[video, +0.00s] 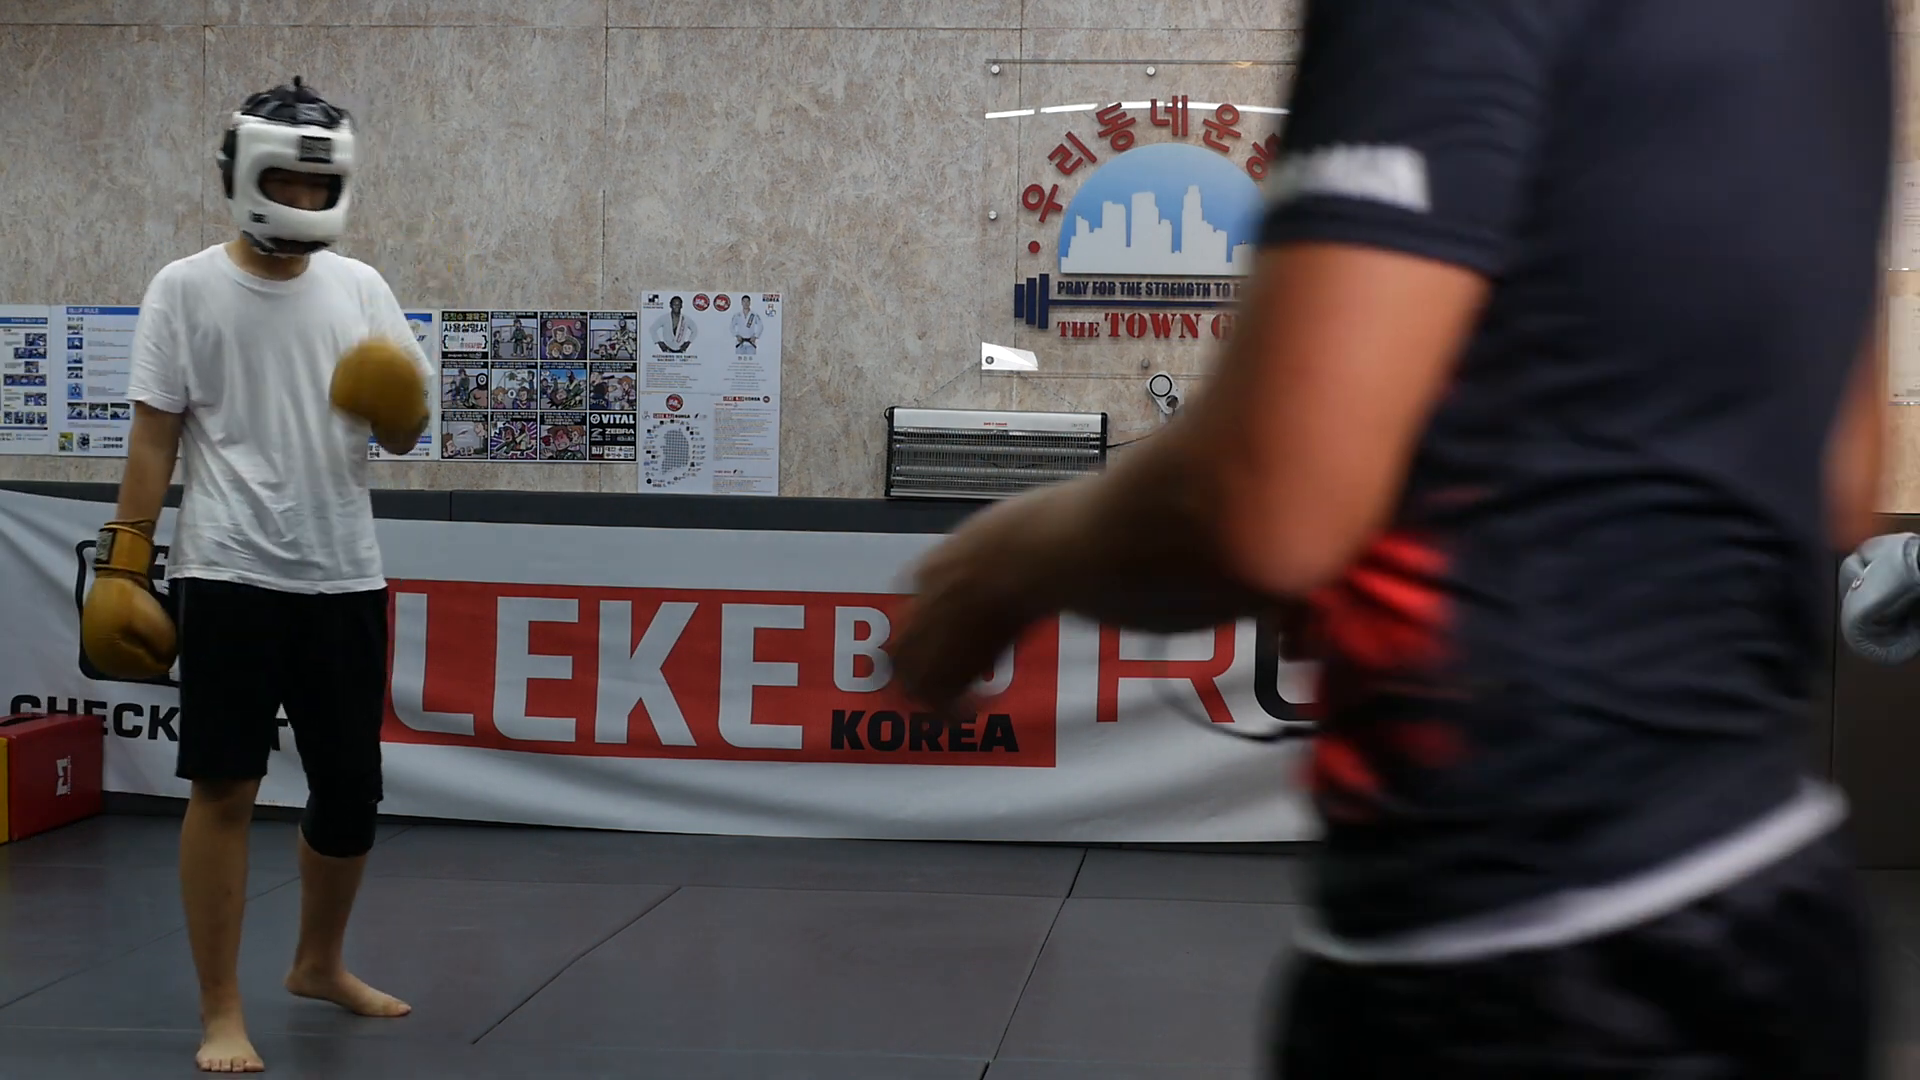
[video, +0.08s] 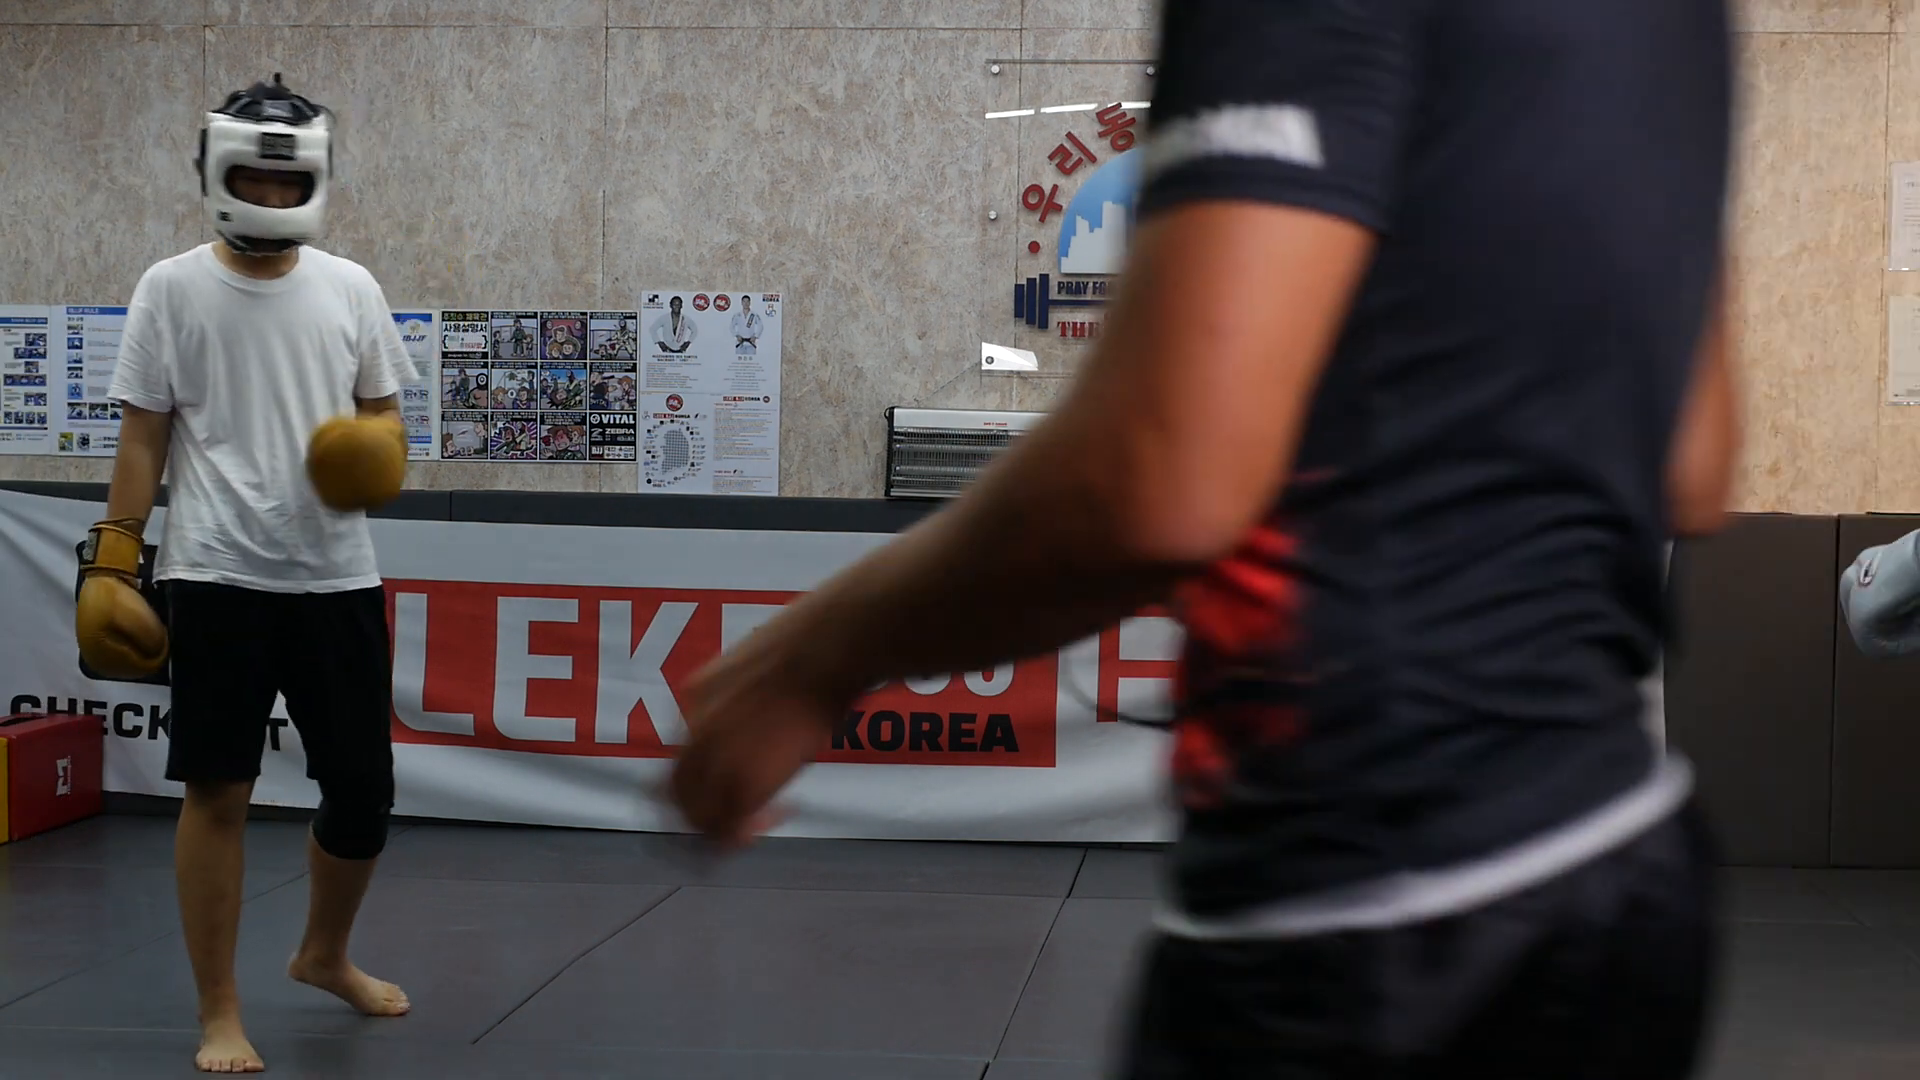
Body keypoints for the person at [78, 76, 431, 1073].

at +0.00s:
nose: (302, 187)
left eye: (319, 171)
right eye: (283, 168)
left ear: (341, 181)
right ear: (239, 170)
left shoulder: (362, 289)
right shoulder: (185, 289)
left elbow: (402, 439)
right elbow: (153, 440)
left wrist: (398, 403)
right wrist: (123, 573)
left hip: (343, 583)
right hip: (228, 580)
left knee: (350, 793)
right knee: (224, 793)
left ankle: (319, 965)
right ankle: (221, 1015)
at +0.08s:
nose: (272, 182)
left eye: (291, 166)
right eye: (251, 165)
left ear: (319, 177)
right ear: (214, 171)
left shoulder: (354, 289)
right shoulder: (172, 289)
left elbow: (384, 422)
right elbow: (142, 440)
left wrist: (371, 457)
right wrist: (111, 569)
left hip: (336, 585)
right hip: (216, 585)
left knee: (363, 791)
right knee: (217, 796)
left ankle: (323, 956)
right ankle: (221, 1017)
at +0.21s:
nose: (236, 185)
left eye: (256, 167)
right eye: (216, 167)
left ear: (290, 172)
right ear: (186, 171)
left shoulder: (338, 285)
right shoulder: (154, 290)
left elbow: (366, 408)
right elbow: (129, 437)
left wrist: (351, 468)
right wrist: (104, 566)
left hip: (331, 586)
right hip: (208, 588)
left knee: (374, 794)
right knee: (212, 800)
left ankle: (333, 952)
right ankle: (219, 1017)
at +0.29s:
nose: (223, 186)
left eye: (243, 167)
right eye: (202, 168)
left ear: (276, 170)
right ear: (172, 173)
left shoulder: (331, 280)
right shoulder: (145, 289)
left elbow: (365, 405)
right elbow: (124, 438)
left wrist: (340, 463)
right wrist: (104, 568)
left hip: (327, 584)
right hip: (205, 589)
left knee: (367, 793)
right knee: (211, 800)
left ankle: (342, 976)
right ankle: (219, 1018)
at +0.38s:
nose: (221, 185)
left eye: (240, 166)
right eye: (199, 168)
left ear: (270, 169)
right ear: (165, 176)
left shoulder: (324, 275)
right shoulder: (140, 292)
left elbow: (363, 400)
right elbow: (125, 440)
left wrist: (333, 456)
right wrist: (108, 572)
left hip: (327, 582)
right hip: (206, 590)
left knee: (357, 795)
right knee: (211, 800)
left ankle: (352, 1007)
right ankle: (220, 1019)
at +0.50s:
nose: (231, 181)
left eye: (247, 161)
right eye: (207, 165)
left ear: (271, 165)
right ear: (166, 175)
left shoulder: (317, 272)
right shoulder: (137, 296)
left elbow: (367, 397)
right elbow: (128, 448)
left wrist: (330, 454)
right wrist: (126, 579)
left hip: (319, 582)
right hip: (205, 591)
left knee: (348, 803)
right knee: (213, 804)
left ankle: (351, 1022)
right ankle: (221, 1025)